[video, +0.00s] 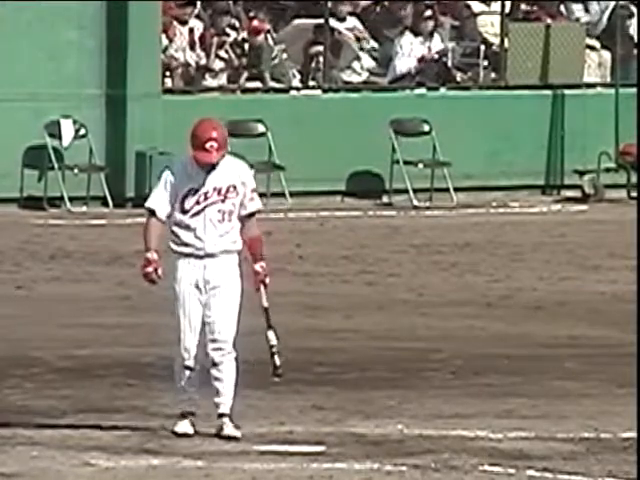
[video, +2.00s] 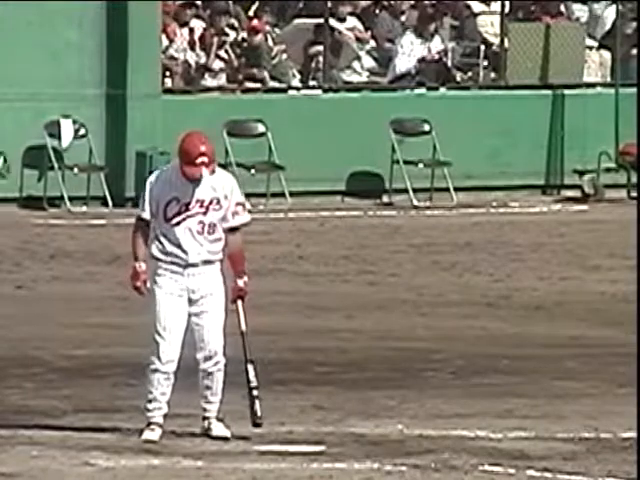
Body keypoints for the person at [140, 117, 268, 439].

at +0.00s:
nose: (206, 161)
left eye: (212, 156)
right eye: (202, 155)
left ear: (223, 149)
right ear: (192, 148)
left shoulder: (239, 171)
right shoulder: (177, 172)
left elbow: (249, 220)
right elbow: (156, 215)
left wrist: (258, 260)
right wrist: (152, 252)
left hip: (225, 263)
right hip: (187, 264)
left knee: (221, 341)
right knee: (189, 343)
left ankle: (224, 415)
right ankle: (186, 413)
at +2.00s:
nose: (201, 171)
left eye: (205, 165)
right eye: (195, 166)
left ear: (211, 159)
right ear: (180, 162)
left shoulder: (224, 183)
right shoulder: (158, 182)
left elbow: (233, 234)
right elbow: (142, 226)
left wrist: (240, 276)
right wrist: (139, 262)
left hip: (209, 275)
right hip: (168, 275)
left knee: (212, 350)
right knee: (166, 351)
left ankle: (211, 417)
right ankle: (154, 420)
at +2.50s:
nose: (195, 170)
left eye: (198, 164)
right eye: (188, 166)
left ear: (202, 157)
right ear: (172, 162)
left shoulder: (215, 180)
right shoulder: (151, 186)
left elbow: (229, 229)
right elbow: (134, 227)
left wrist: (239, 272)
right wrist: (132, 267)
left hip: (211, 275)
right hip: (170, 278)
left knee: (230, 345)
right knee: (164, 354)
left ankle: (257, 413)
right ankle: (154, 422)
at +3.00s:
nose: (230, 168)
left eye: (232, 163)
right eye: (225, 163)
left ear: (233, 160)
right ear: (209, 160)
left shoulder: (242, 187)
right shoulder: (180, 187)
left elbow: (253, 237)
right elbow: (161, 232)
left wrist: (264, 272)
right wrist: (178, 267)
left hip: (227, 279)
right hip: (188, 279)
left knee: (243, 351)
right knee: (171, 355)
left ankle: (268, 421)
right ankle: (155, 421)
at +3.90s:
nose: (218, 152)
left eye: (219, 146)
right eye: (211, 147)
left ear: (218, 149)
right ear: (193, 151)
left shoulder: (229, 184)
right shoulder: (167, 185)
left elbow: (232, 236)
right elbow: (147, 228)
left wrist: (221, 273)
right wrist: (161, 268)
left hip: (218, 277)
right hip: (178, 279)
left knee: (239, 350)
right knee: (167, 357)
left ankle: (267, 419)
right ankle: (154, 421)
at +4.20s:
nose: (222, 150)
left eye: (223, 145)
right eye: (215, 146)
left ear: (222, 147)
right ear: (196, 149)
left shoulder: (233, 183)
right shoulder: (169, 182)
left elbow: (227, 232)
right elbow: (154, 224)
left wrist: (193, 253)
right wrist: (162, 244)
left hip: (221, 277)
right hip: (184, 280)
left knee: (241, 351)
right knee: (169, 357)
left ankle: (267, 421)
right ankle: (154, 421)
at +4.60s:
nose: (225, 150)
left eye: (225, 144)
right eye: (218, 145)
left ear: (223, 147)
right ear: (199, 148)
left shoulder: (235, 180)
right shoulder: (175, 183)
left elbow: (248, 225)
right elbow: (162, 233)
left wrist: (221, 217)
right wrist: (187, 212)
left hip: (224, 276)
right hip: (186, 277)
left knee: (243, 351)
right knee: (173, 356)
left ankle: (268, 421)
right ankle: (155, 421)